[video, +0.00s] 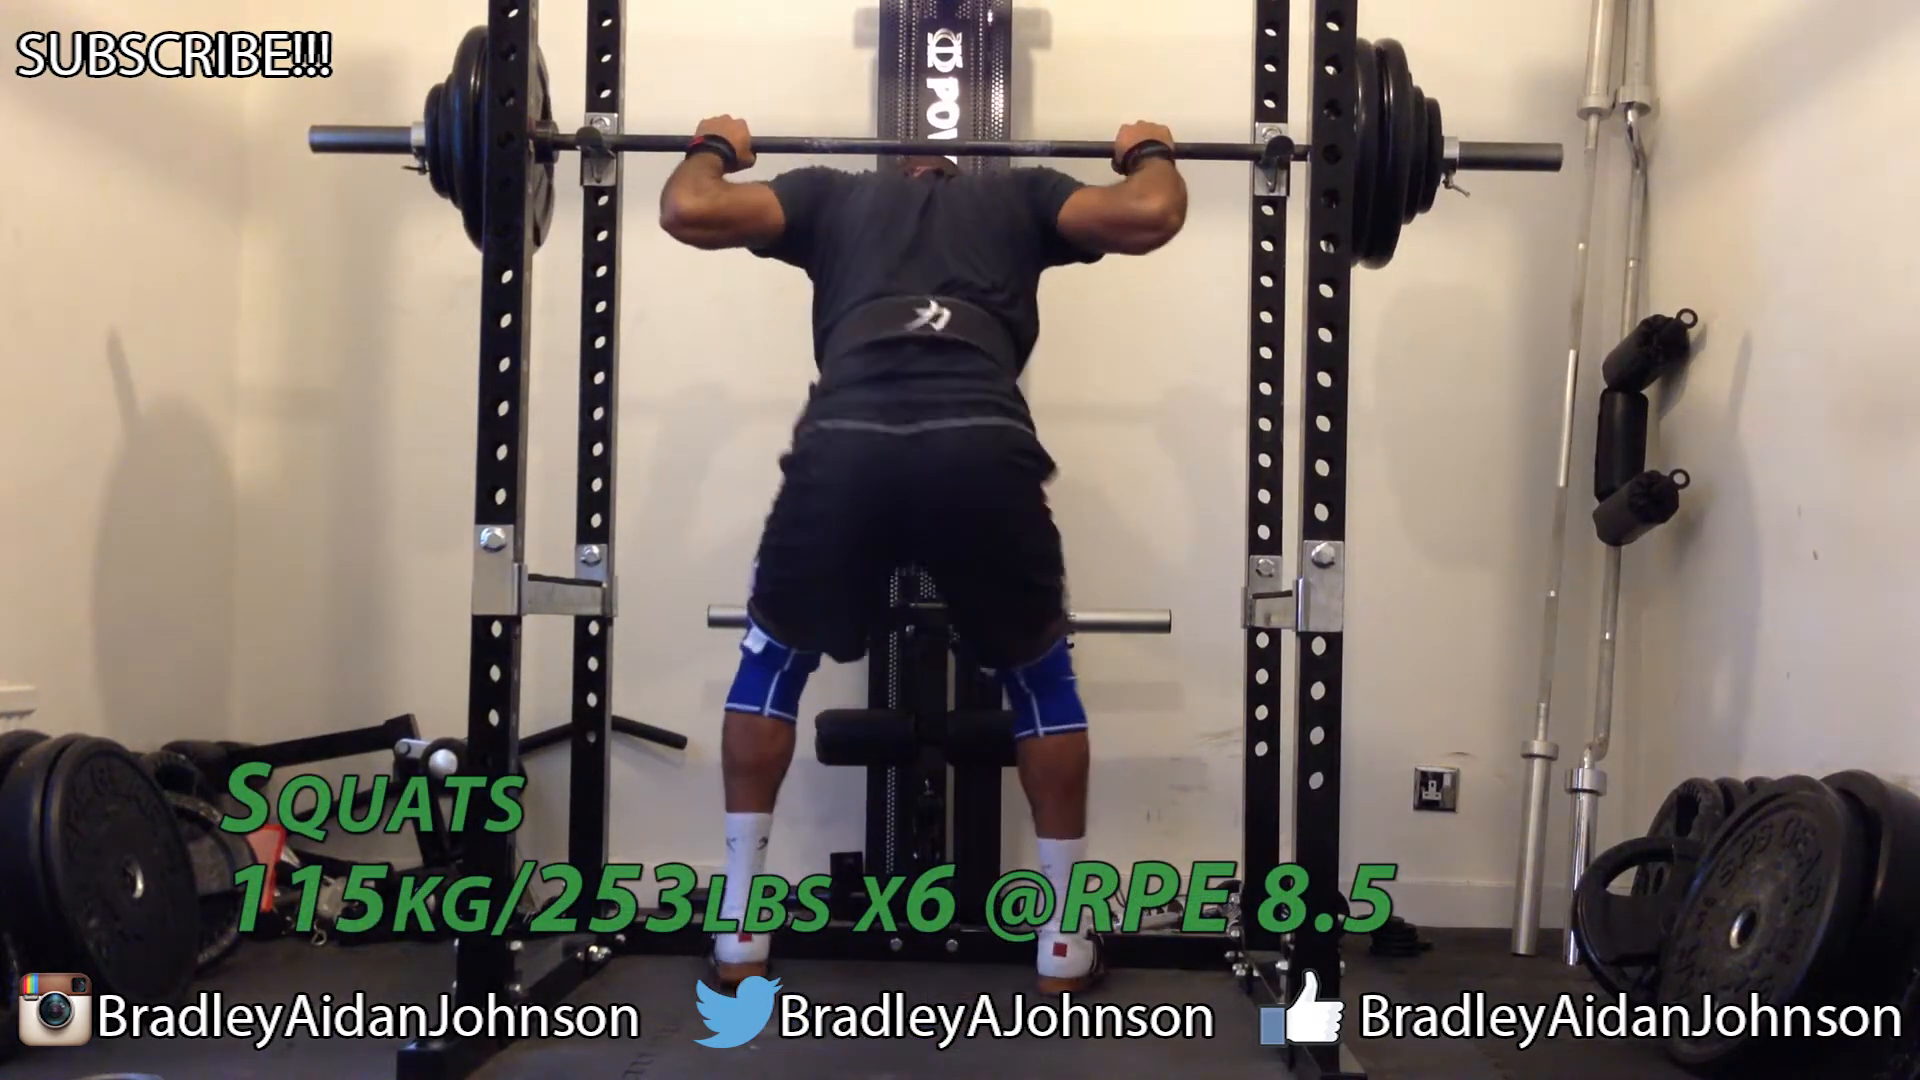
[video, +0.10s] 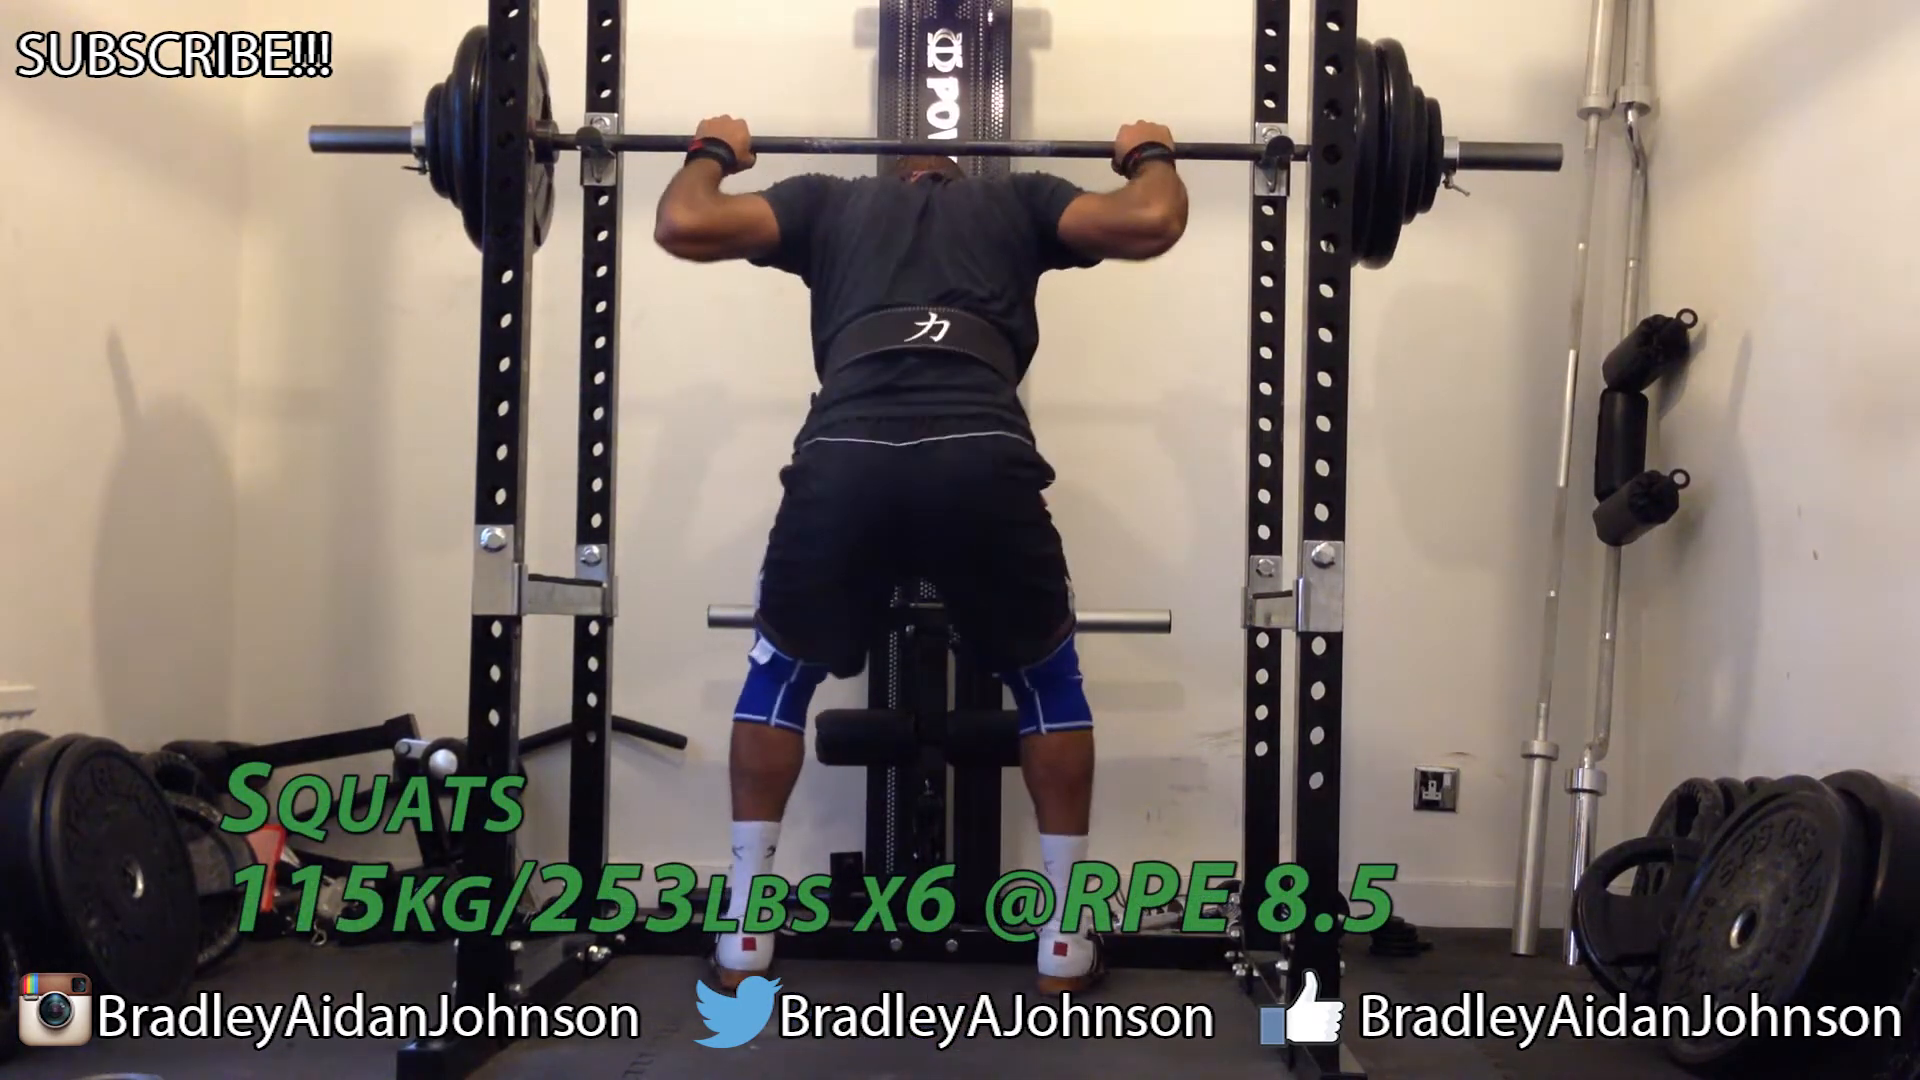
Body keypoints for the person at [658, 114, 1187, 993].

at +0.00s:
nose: (919, 151)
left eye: (904, 149)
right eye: (937, 148)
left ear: (887, 165)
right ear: (971, 166)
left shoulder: (832, 194)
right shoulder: (1020, 191)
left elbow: (686, 211)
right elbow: (1153, 216)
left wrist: (714, 148)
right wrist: (1151, 151)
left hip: (843, 455)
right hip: (982, 454)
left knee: (772, 661)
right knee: (1041, 677)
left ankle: (739, 917)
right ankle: (1064, 932)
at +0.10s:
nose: (932, 153)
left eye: (920, 150)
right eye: (944, 151)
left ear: (885, 171)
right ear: (969, 170)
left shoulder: (828, 200)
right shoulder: (1017, 195)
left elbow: (683, 225)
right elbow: (1153, 223)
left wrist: (710, 152)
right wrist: (1152, 155)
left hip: (845, 463)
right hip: (984, 462)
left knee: (780, 673)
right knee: (1048, 678)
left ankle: (745, 920)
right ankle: (1065, 930)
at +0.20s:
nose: (930, 154)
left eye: (916, 152)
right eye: (945, 152)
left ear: (886, 170)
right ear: (972, 172)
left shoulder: (830, 199)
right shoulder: (1018, 198)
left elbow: (686, 230)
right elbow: (1151, 233)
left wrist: (709, 153)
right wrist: (1153, 157)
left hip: (840, 464)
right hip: (978, 465)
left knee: (771, 676)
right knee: (1048, 679)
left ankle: (744, 923)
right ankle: (1060, 929)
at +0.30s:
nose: (936, 155)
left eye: (917, 152)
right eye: (952, 152)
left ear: (887, 171)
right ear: (973, 171)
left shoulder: (836, 202)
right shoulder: (1017, 201)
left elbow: (696, 235)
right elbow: (1146, 235)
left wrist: (711, 155)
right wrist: (1153, 158)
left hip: (841, 469)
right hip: (978, 471)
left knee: (768, 675)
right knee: (1047, 686)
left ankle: (743, 916)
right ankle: (1056, 931)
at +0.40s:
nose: (940, 152)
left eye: (920, 147)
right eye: (957, 147)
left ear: (889, 164)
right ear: (976, 165)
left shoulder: (839, 200)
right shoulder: (1012, 197)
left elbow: (718, 241)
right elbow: (1122, 233)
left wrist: (711, 159)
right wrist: (1150, 161)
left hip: (842, 469)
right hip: (978, 469)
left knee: (772, 675)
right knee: (1047, 687)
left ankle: (746, 915)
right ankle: (1056, 930)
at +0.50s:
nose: (938, 163)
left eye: (919, 150)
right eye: (957, 152)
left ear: (888, 157)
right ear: (977, 158)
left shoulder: (839, 193)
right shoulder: (1010, 191)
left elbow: (738, 247)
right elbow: (1102, 246)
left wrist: (712, 163)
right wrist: (1147, 163)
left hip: (844, 454)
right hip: (976, 455)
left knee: (775, 673)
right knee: (1043, 684)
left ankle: (745, 915)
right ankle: (1057, 930)